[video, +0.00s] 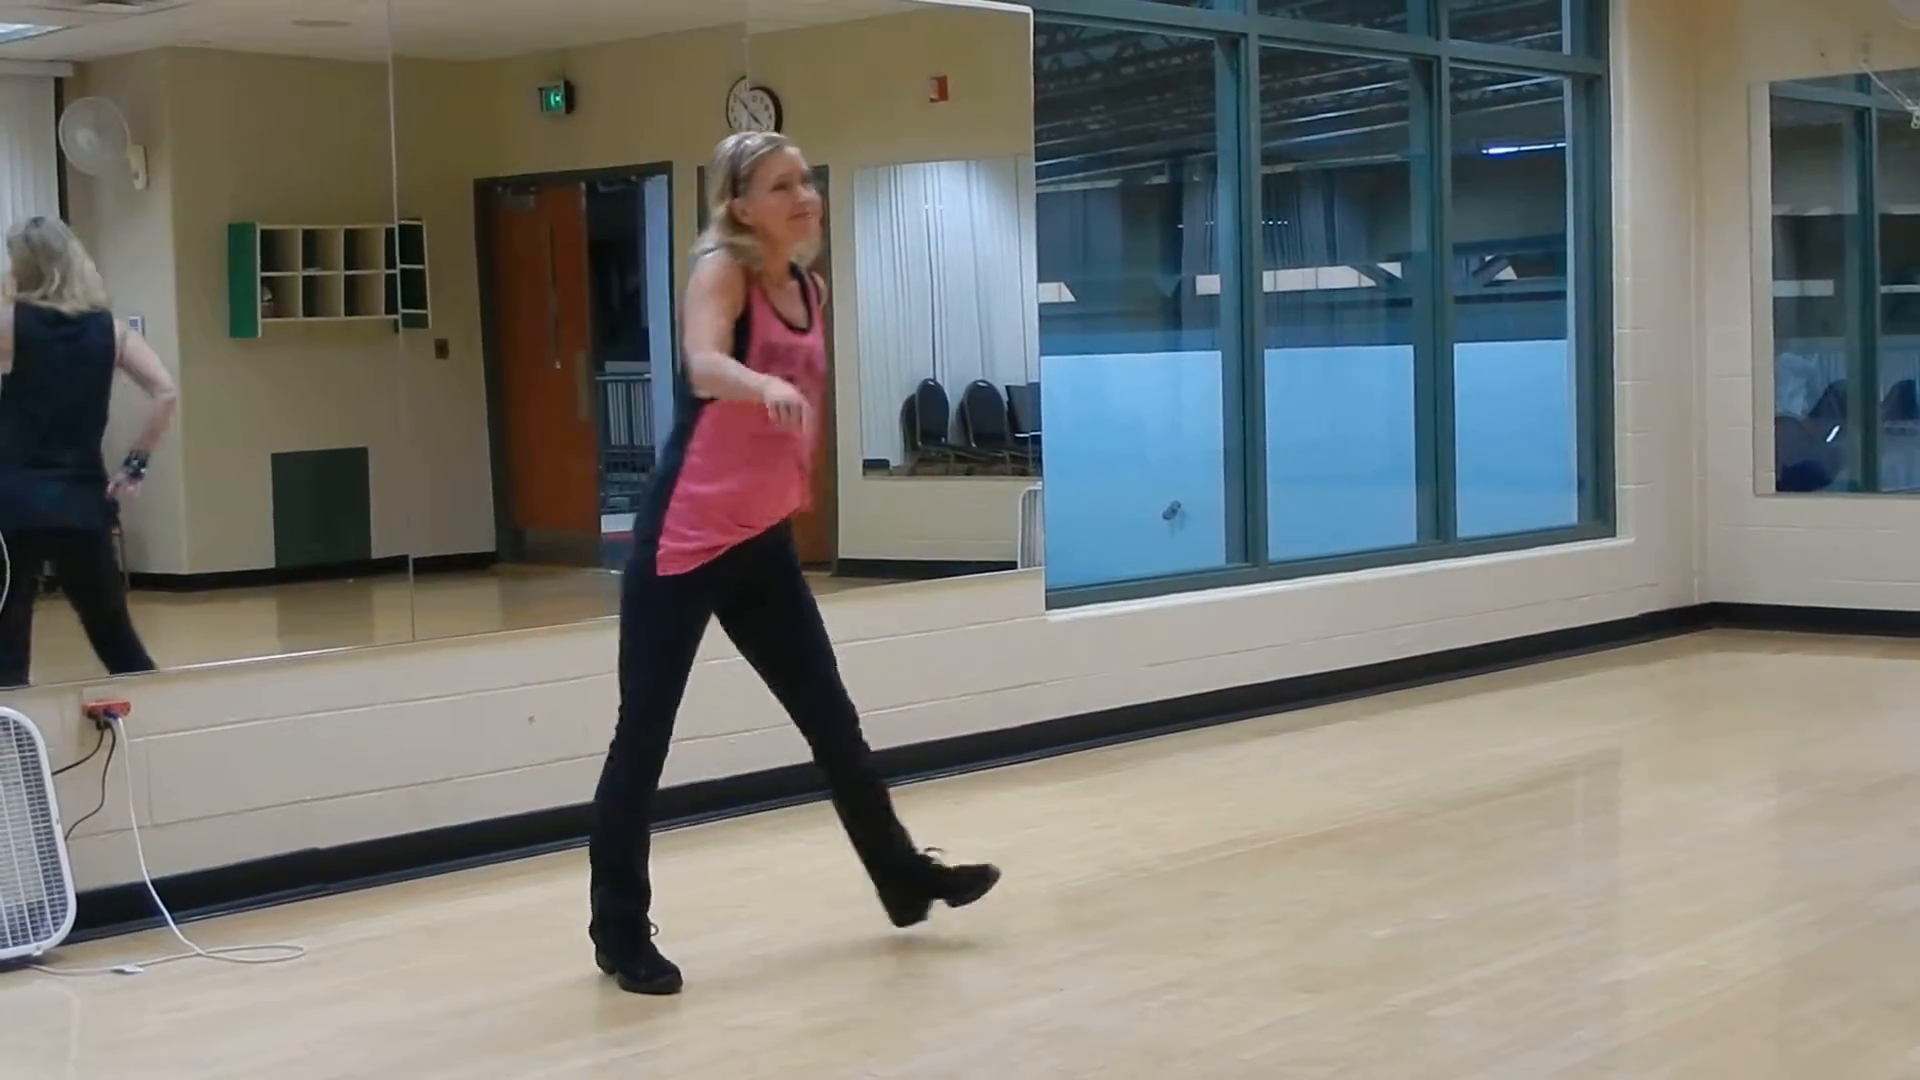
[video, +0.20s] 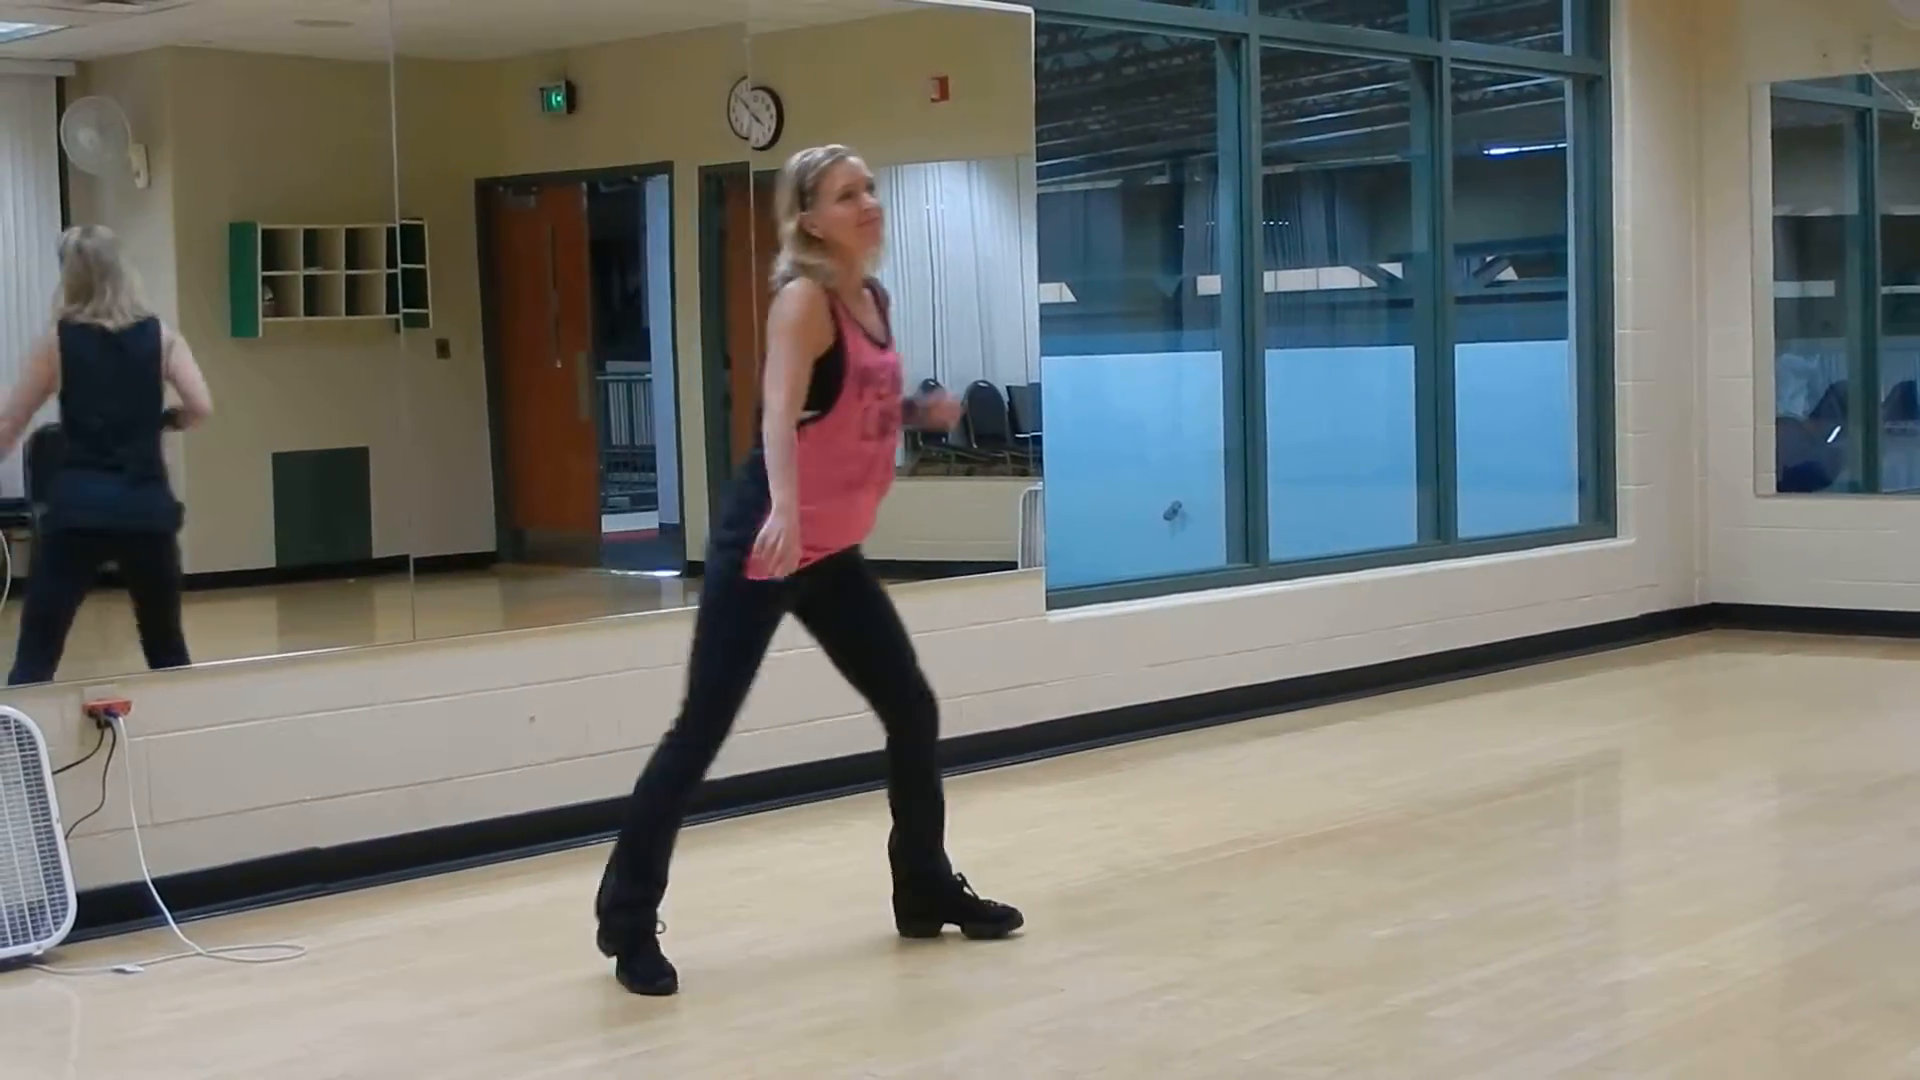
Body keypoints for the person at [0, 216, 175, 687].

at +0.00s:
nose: (8, 272)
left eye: (13, 263)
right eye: (10, 263)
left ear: (24, 267)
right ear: (74, 264)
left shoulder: (10, 322)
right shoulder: (106, 327)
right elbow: (165, 391)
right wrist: (136, 465)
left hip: (15, 508)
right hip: (79, 507)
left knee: (9, 647)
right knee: (116, 640)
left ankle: (10, 750)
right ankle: (178, 732)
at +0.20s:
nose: (62, 279)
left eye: (64, 272)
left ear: (71, 278)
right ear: (121, 273)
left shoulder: (57, 343)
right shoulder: (160, 336)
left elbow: (11, 424)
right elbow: (200, 407)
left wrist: (12, 451)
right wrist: (159, 420)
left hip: (76, 517)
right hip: (146, 516)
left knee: (36, 656)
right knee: (166, 645)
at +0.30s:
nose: (84, 276)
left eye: (87, 269)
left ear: (95, 274)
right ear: (144, 269)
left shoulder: (81, 336)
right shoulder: (184, 331)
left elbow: (60, 427)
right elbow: (211, 416)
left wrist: (39, 505)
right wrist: (169, 381)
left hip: (111, 516)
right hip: (181, 512)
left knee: (49, 644)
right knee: (186, 647)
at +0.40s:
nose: (104, 277)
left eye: (108, 268)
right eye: (105, 268)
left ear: (117, 273)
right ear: (167, 269)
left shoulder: (101, 332)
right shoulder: (201, 330)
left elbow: (97, 420)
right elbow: (221, 417)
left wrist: (98, 498)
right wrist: (176, 396)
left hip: (139, 513)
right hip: (204, 510)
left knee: (70, 634)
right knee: (197, 648)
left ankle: (112, 737)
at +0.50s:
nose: (123, 275)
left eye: (126, 267)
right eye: (125, 267)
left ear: (135, 274)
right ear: (185, 272)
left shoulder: (124, 330)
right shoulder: (212, 328)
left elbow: (124, 407)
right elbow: (235, 412)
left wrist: (122, 488)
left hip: (159, 513)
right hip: (221, 510)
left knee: (105, 635)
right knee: (203, 648)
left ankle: (163, 715)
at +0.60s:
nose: (138, 277)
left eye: (141, 269)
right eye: (139, 268)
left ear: (152, 275)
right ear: (200, 273)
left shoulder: (146, 326)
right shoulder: (225, 333)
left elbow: (144, 403)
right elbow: (246, 417)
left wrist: (127, 463)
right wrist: (235, 465)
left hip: (168, 506)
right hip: (230, 506)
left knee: (143, 644)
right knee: (209, 647)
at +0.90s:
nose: (176, 262)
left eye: (180, 253)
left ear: (187, 257)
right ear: (240, 255)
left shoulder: (180, 311)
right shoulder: (272, 314)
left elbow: (134, 391)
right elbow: (312, 378)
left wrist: (89, 422)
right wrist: (309, 452)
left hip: (208, 488)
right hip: (266, 484)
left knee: (224, 633)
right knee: (270, 623)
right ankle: (294, 728)